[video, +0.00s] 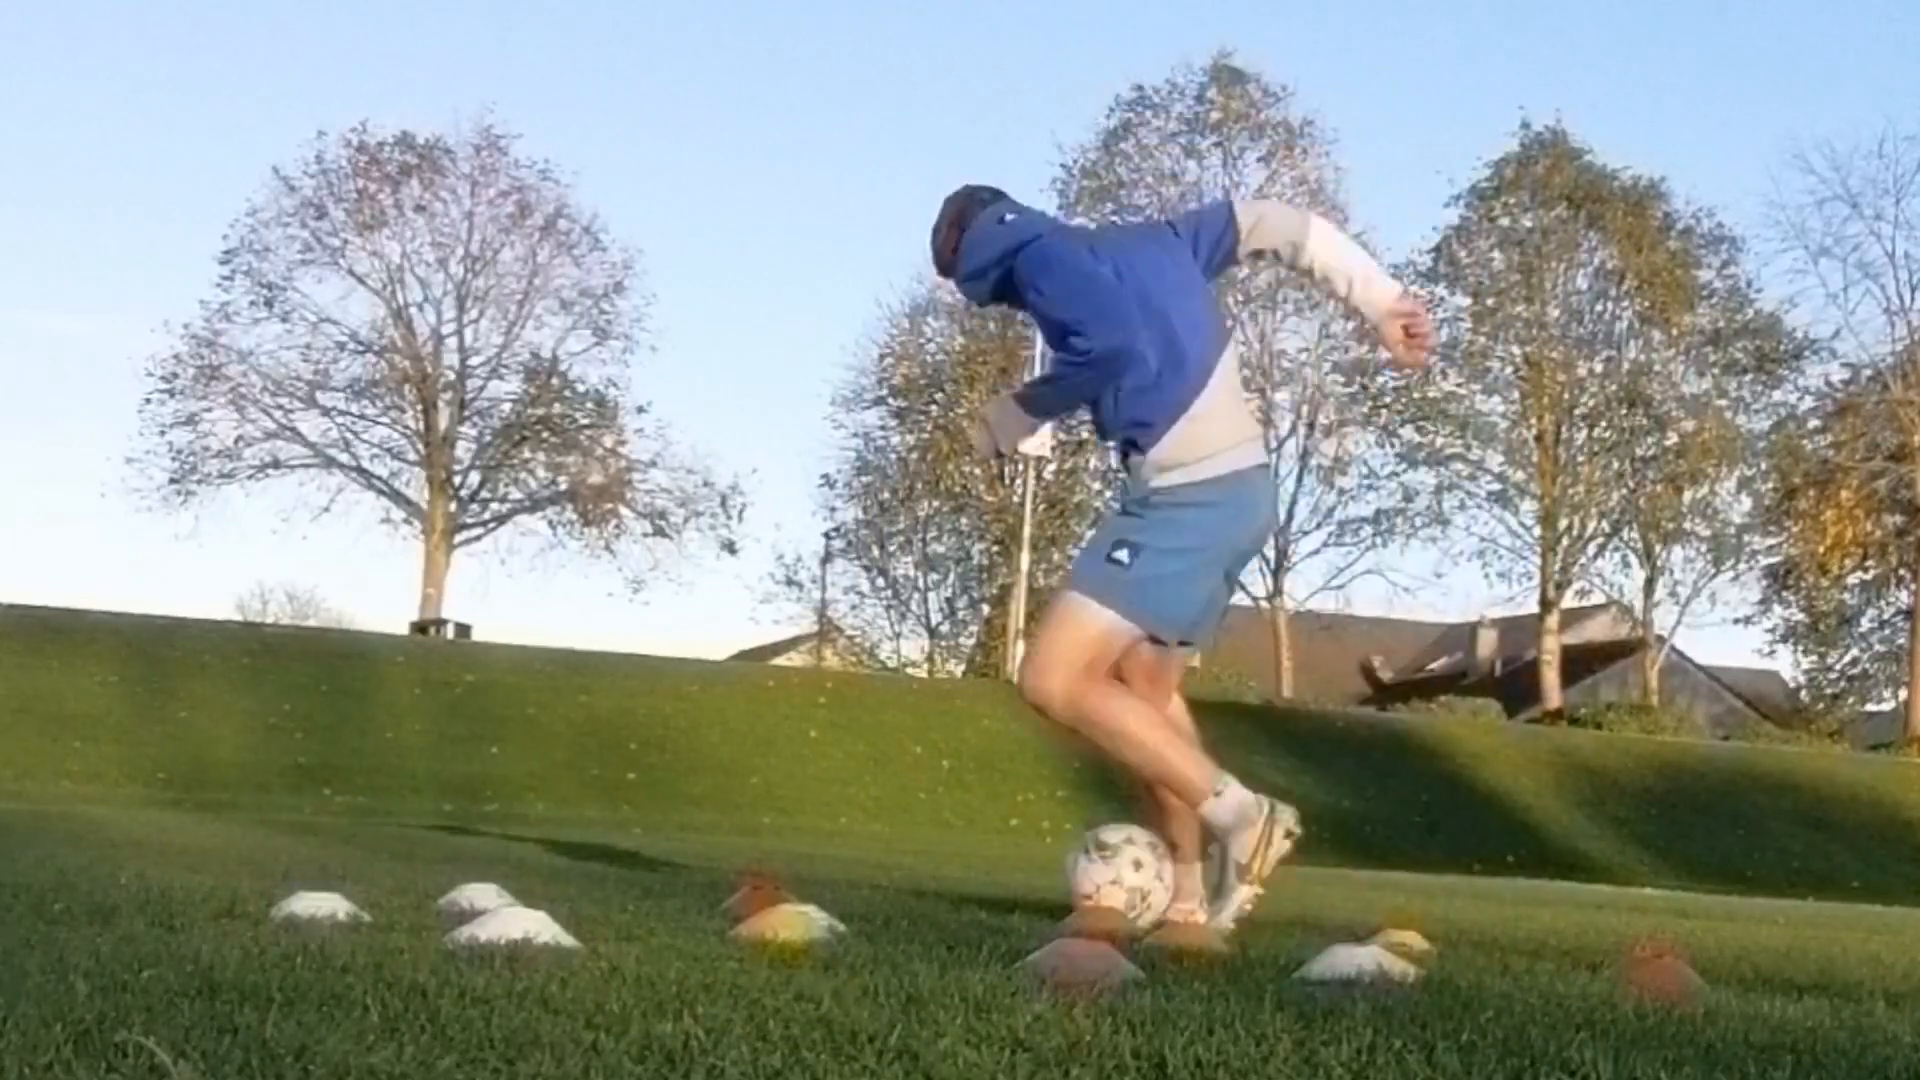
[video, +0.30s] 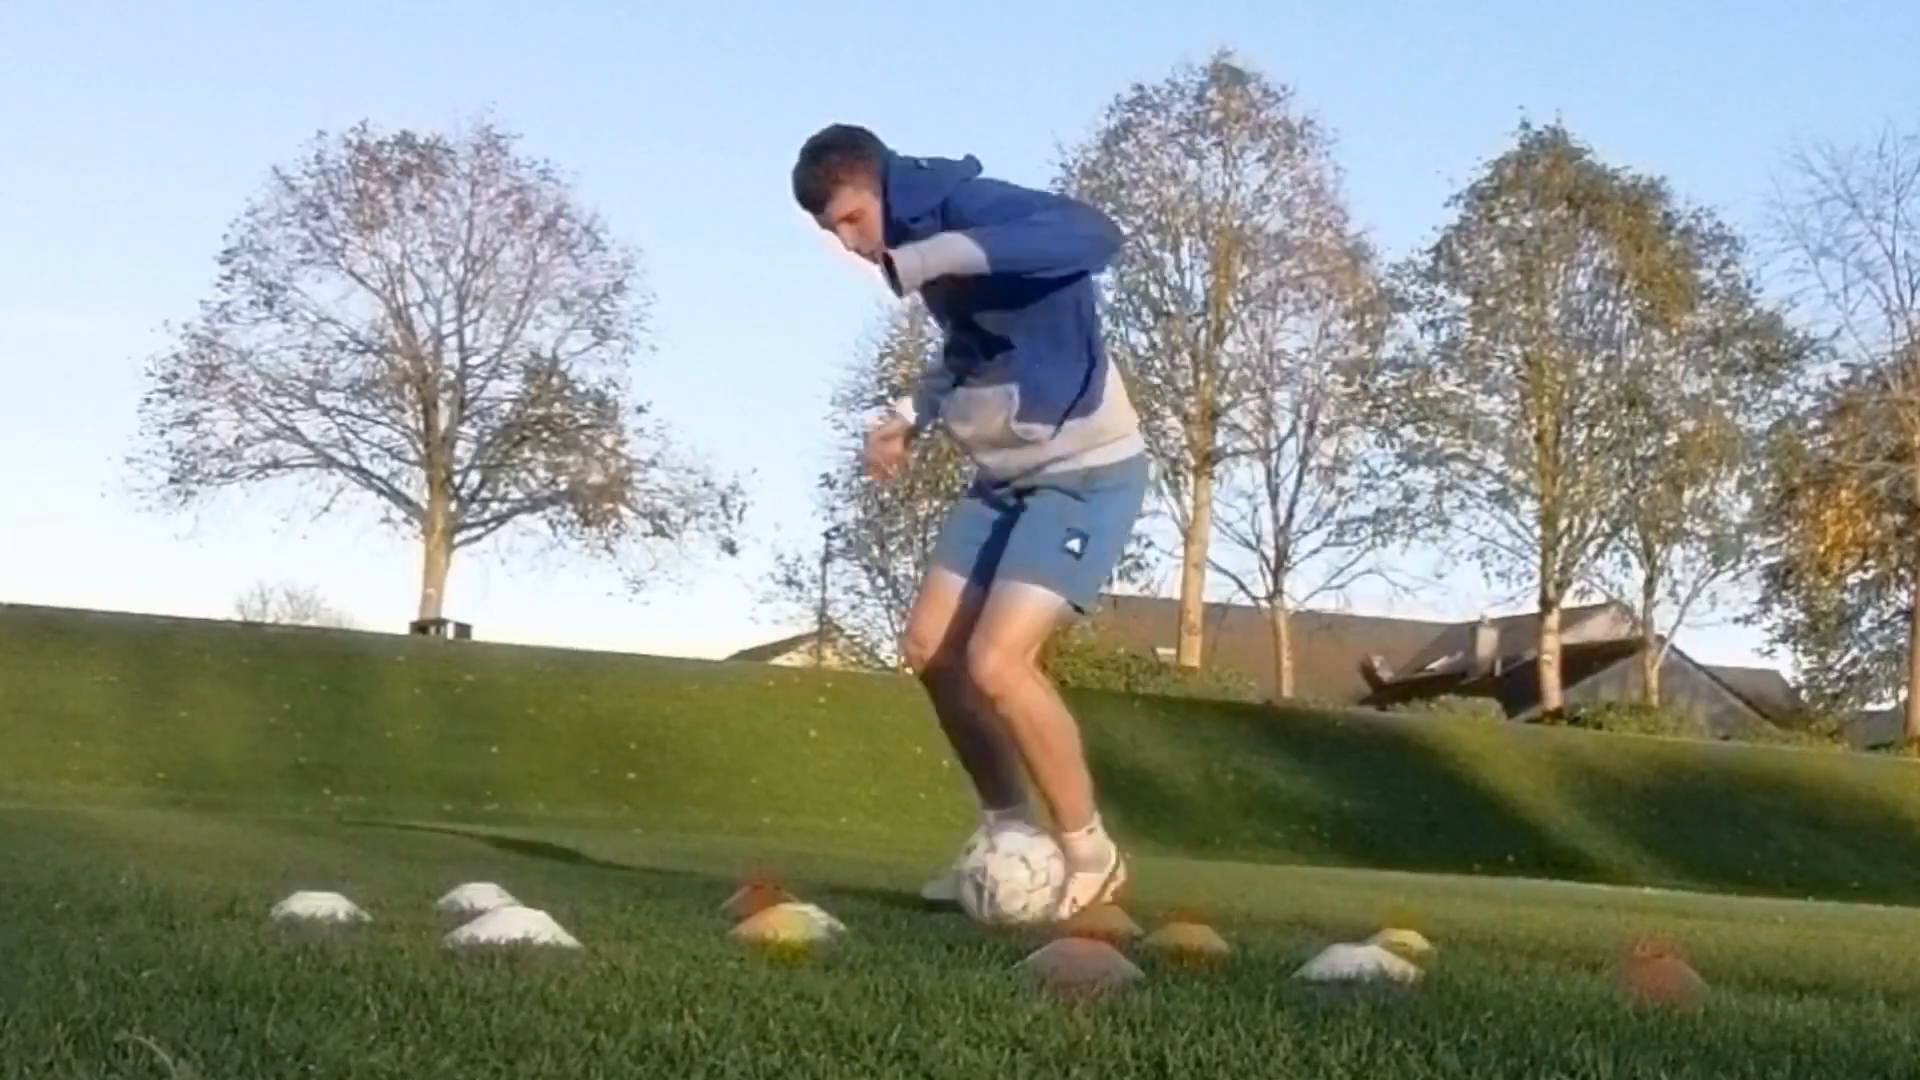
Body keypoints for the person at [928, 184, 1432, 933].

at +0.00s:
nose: (968, 286)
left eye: (959, 271)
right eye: (958, 276)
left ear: (970, 247)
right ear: (1011, 211)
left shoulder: (1043, 261)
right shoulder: (1138, 238)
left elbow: (1107, 345)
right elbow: (1279, 222)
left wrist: (1019, 412)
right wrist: (1382, 298)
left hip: (1184, 492)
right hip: (1235, 485)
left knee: (1053, 677)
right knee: (1147, 685)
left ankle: (1240, 815)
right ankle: (1185, 903)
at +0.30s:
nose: (845, 241)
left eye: (849, 220)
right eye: (831, 227)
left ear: (880, 189)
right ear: (830, 211)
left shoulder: (959, 200)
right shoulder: (917, 242)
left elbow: (1095, 235)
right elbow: (973, 345)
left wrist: (945, 255)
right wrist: (914, 416)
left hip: (1088, 468)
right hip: (1003, 476)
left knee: (997, 662)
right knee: (933, 650)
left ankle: (1090, 856)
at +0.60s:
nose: (792, 180)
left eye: (803, 157)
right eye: (775, 165)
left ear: (838, 134)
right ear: (761, 160)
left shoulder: (933, 183)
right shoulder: (786, 251)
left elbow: (1070, 214)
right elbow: (789, 379)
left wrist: (1048, 253)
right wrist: (777, 487)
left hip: (980, 456)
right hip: (871, 480)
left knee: (963, 607)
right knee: (820, 650)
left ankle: (956, 824)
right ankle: (841, 860)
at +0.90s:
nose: (786, 87)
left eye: (802, 67)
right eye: (771, 70)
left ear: (847, 47)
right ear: (756, 57)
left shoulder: (909, 148)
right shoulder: (766, 126)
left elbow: (958, 310)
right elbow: (785, 247)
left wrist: (888, 331)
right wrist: (757, 326)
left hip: (915, 410)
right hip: (804, 430)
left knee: (982, 585)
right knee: (833, 647)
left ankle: (1105, 818)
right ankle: (944, 876)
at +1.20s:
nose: (658, 37)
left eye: (672, 16)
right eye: (647, 20)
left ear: (732, 3)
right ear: (647, 22)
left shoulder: (806, 67)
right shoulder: (665, 76)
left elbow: (875, 197)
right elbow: (651, 192)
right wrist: (576, 284)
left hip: (810, 416)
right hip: (681, 397)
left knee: (851, 643)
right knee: (543, 541)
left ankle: (942, 882)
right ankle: (652, 768)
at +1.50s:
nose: (396, 1)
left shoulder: (561, 65)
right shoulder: (361, 39)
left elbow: (694, 177)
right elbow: (240, 57)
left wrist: (676, 266)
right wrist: (130, 40)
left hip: (524, 353)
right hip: (426, 351)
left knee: (362, 380)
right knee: (462, 640)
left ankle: (369, 685)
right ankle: (657, 844)